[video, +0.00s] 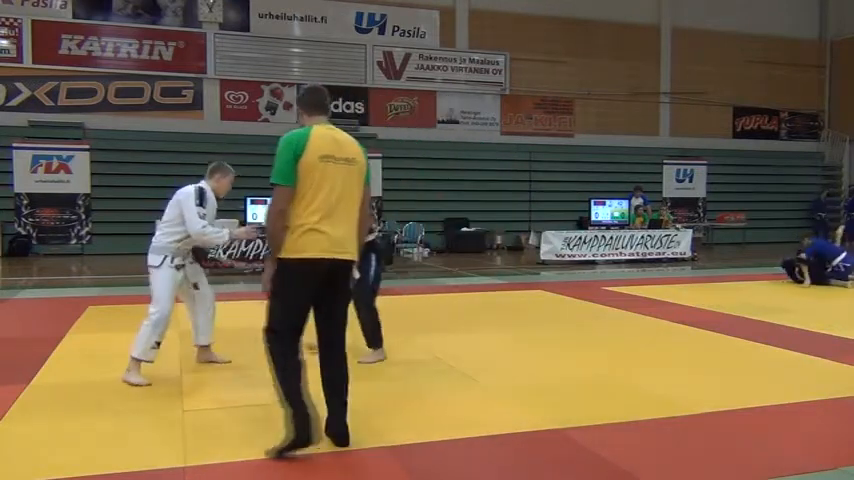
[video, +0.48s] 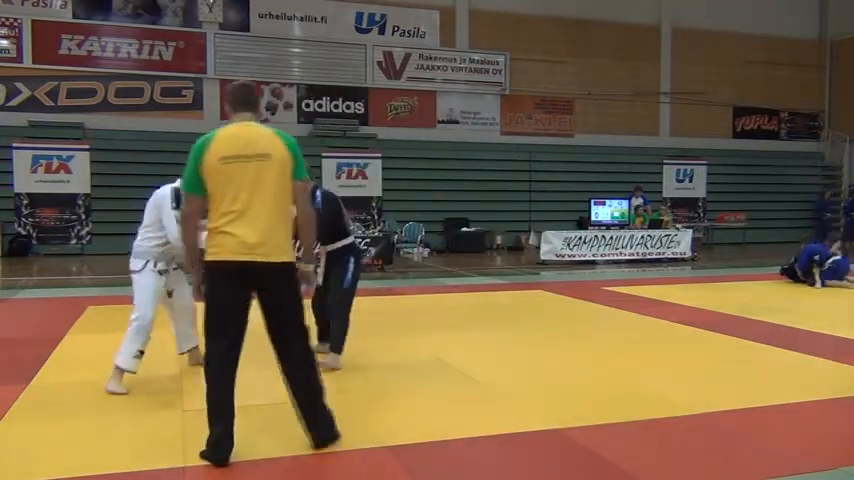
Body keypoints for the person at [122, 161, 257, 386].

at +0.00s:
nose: (230, 189)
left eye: (231, 184)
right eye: (230, 183)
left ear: (217, 178)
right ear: (218, 178)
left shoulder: (210, 202)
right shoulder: (190, 193)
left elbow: (204, 233)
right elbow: (197, 231)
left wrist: (233, 233)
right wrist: (233, 234)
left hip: (186, 259)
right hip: (164, 257)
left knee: (204, 297)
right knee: (161, 310)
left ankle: (204, 350)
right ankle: (133, 367)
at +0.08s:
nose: (232, 191)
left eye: (234, 186)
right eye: (231, 186)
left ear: (218, 182)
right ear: (220, 182)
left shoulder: (212, 207)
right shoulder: (192, 196)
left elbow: (203, 240)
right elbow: (198, 234)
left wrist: (234, 240)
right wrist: (233, 237)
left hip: (186, 258)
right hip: (163, 257)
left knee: (205, 297)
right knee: (164, 309)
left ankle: (204, 350)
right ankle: (135, 367)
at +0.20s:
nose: (228, 189)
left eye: (230, 184)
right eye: (228, 183)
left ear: (215, 178)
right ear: (217, 179)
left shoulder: (208, 201)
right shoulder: (191, 194)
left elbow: (208, 227)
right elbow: (190, 234)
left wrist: (233, 227)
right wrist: (221, 243)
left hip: (182, 258)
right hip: (161, 256)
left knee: (197, 299)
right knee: (158, 310)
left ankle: (202, 350)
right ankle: (129, 369)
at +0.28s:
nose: (221, 187)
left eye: (221, 182)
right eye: (220, 182)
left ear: (208, 179)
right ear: (210, 179)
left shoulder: (203, 201)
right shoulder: (186, 194)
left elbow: (203, 228)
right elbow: (185, 234)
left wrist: (228, 230)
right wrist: (217, 247)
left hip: (180, 260)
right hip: (159, 259)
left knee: (194, 301)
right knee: (152, 313)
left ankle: (202, 351)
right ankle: (122, 371)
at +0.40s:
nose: (208, 188)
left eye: (209, 184)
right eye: (206, 183)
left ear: (197, 179)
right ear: (197, 179)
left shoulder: (198, 202)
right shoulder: (174, 197)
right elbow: (181, 240)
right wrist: (212, 243)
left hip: (176, 263)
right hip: (151, 263)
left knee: (190, 306)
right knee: (149, 316)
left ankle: (201, 352)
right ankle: (119, 374)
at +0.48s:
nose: (201, 189)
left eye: (203, 186)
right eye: (199, 184)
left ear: (202, 185)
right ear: (190, 179)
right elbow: (176, 238)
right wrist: (193, 261)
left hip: (174, 262)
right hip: (148, 263)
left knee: (186, 307)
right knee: (144, 317)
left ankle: (194, 353)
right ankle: (117, 375)